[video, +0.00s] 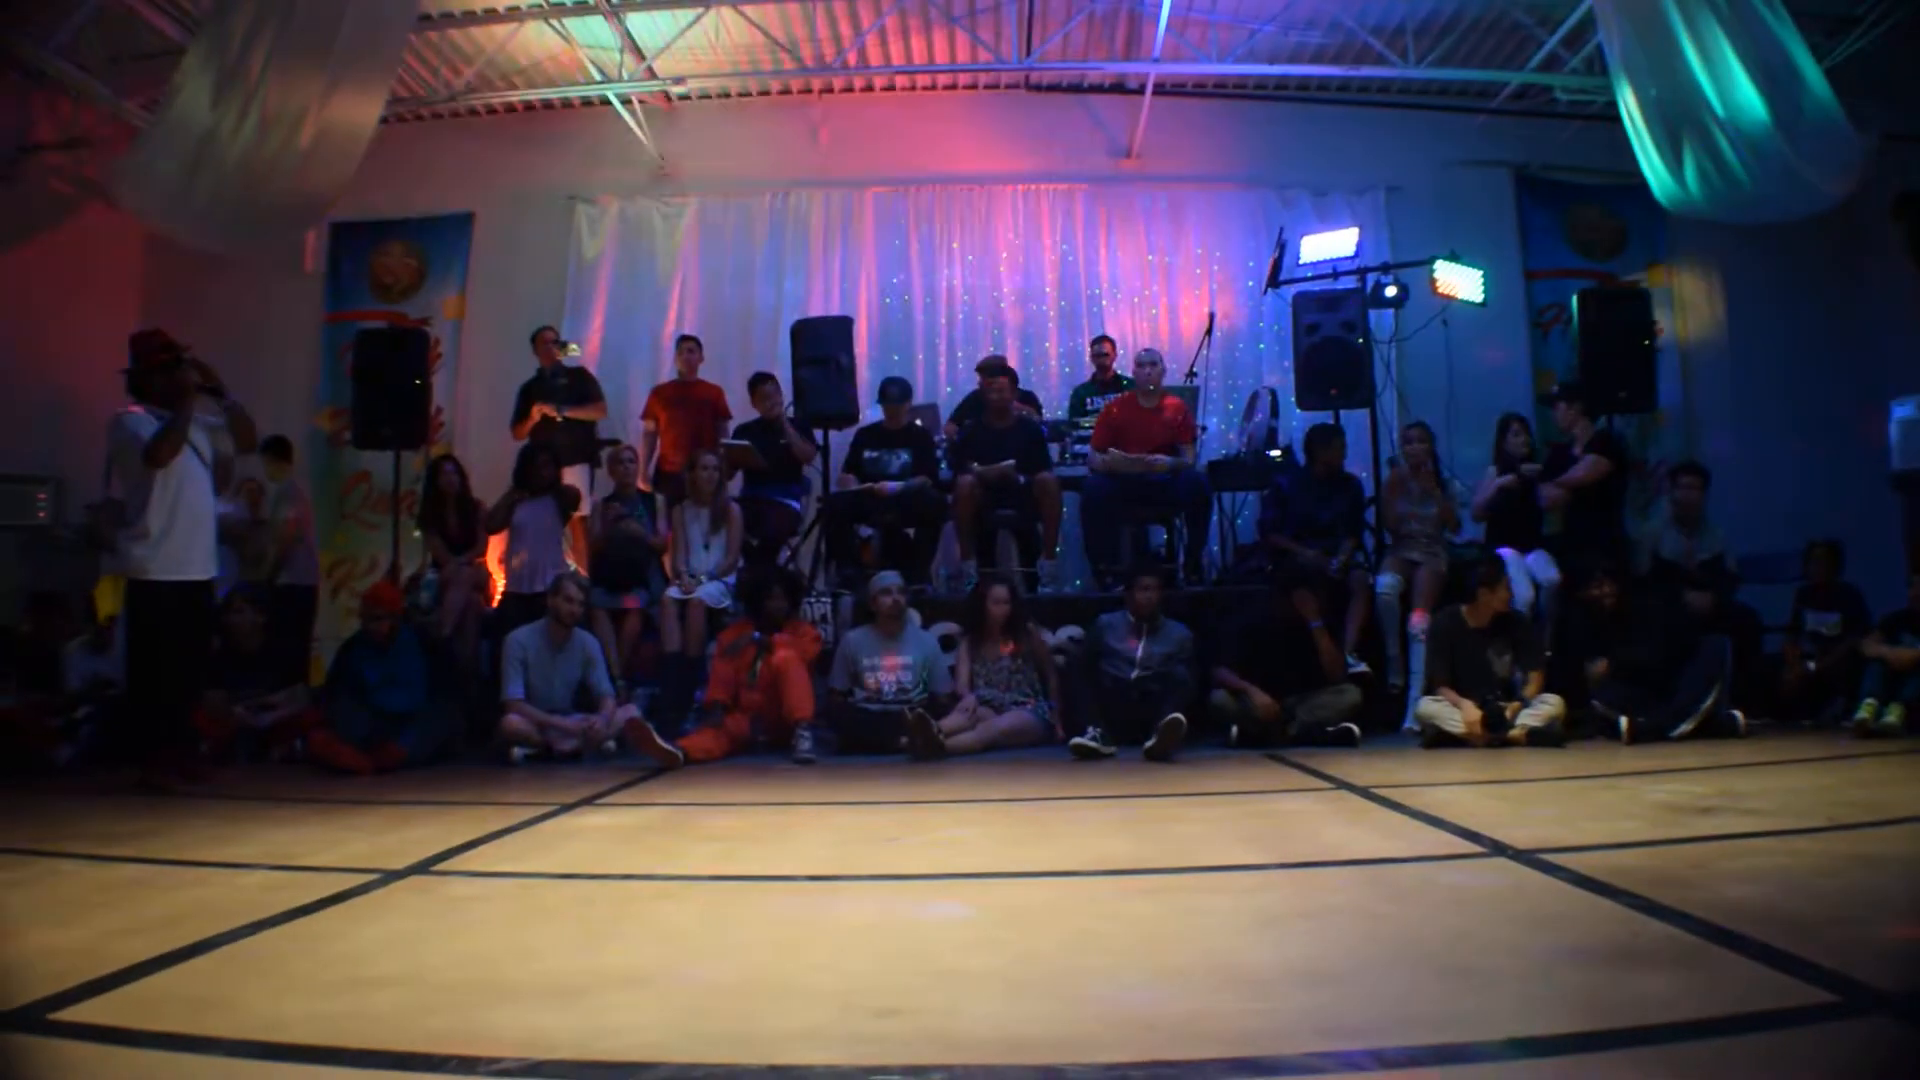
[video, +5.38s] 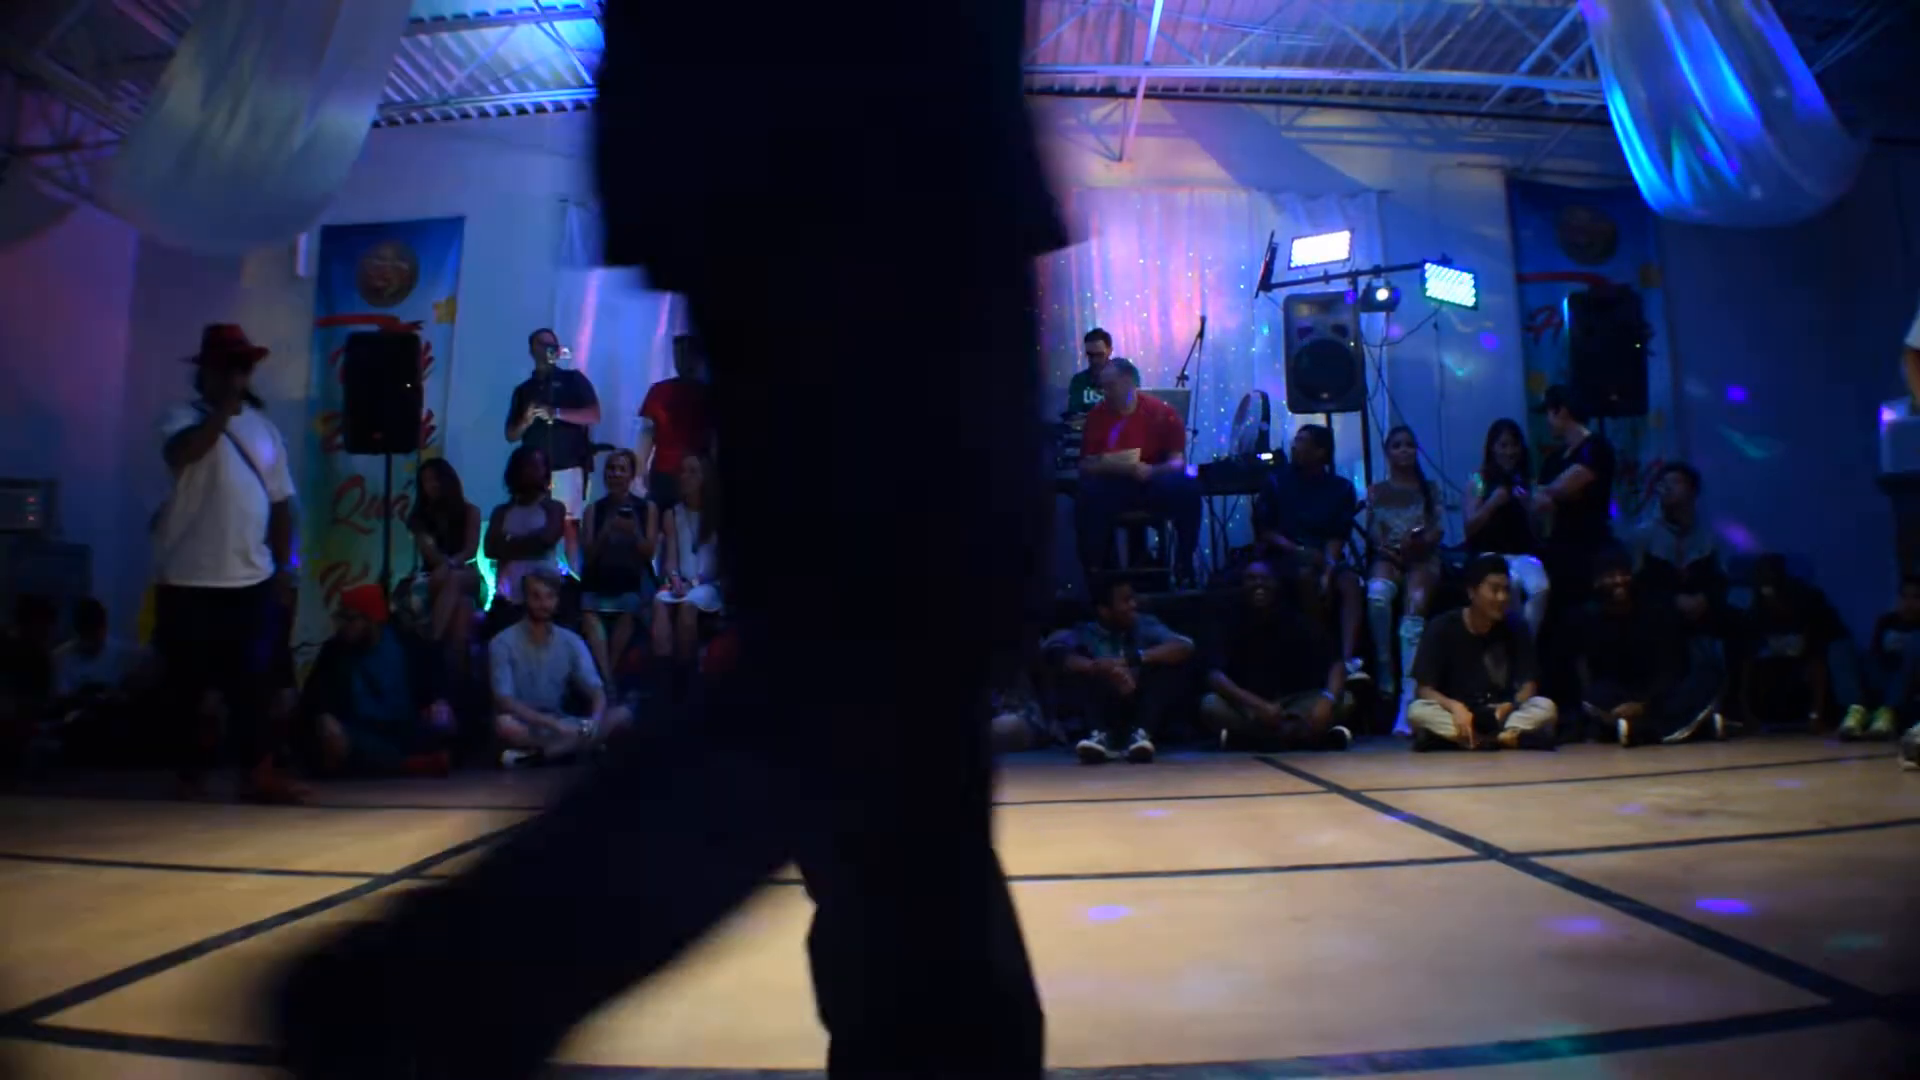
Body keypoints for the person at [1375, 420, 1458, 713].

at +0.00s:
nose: (1414, 448)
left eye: (1421, 442)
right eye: (1408, 442)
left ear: (1431, 447)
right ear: (1401, 448)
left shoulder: (1443, 482)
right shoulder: (1395, 480)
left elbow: (1453, 524)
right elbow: (1389, 523)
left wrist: (1433, 487)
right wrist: (1394, 486)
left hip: (1432, 549)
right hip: (1401, 547)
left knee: (1419, 623)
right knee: (1385, 590)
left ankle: (1416, 702)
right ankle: (1394, 668)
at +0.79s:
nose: (1400, 454)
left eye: (1407, 448)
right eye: (1395, 448)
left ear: (1419, 453)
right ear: (1389, 454)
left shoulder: (1432, 487)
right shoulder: (1384, 490)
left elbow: (1440, 532)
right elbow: (1379, 534)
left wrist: (1428, 501)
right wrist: (1388, 511)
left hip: (1424, 553)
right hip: (1393, 553)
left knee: (1414, 627)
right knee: (1379, 597)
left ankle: (1410, 712)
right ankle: (1389, 671)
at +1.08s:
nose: (1397, 454)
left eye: (1404, 448)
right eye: (1392, 449)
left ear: (1416, 453)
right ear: (1386, 455)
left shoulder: (1433, 489)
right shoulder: (1379, 492)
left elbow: (1444, 534)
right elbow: (1373, 533)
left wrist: (1405, 539)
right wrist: (1391, 522)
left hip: (1423, 555)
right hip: (1390, 556)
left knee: (1412, 628)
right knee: (1378, 594)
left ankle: (1408, 714)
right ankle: (1386, 671)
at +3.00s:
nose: (1399, 451)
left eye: (1405, 445)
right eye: (1393, 446)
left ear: (1415, 451)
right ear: (1386, 453)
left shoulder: (1430, 488)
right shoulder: (1378, 493)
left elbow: (1438, 529)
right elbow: (1373, 533)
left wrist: (1414, 544)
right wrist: (1389, 549)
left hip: (1420, 558)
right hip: (1388, 558)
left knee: (1412, 628)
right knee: (1379, 596)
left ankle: (1408, 696)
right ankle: (1386, 668)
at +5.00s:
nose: (1403, 451)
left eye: (1408, 445)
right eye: (1396, 446)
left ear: (1417, 452)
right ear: (1387, 453)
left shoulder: (1431, 489)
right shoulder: (1377, 493)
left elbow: (1440, 527)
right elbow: (1371, 532)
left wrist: (1415, 544)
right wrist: (1391, 548)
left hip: (1421, 554)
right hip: (1388, 554)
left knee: (1413, 626)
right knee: (1378, 596)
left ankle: (1408, 703)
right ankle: (1385, 670)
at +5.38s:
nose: (1404, 451)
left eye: (1409, 445)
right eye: (1397, 446)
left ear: (1416, 451)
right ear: (1387, 452)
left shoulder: (1430, 489)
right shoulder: (1377, 491)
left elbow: (1438, 526)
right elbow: (1372, 531)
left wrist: (1421, 543)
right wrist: (1389, 550)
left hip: (1419, 556)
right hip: (1387, 555)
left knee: (1417, 602)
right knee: (1377, 595)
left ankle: (1410, 682)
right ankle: (1385, 672)